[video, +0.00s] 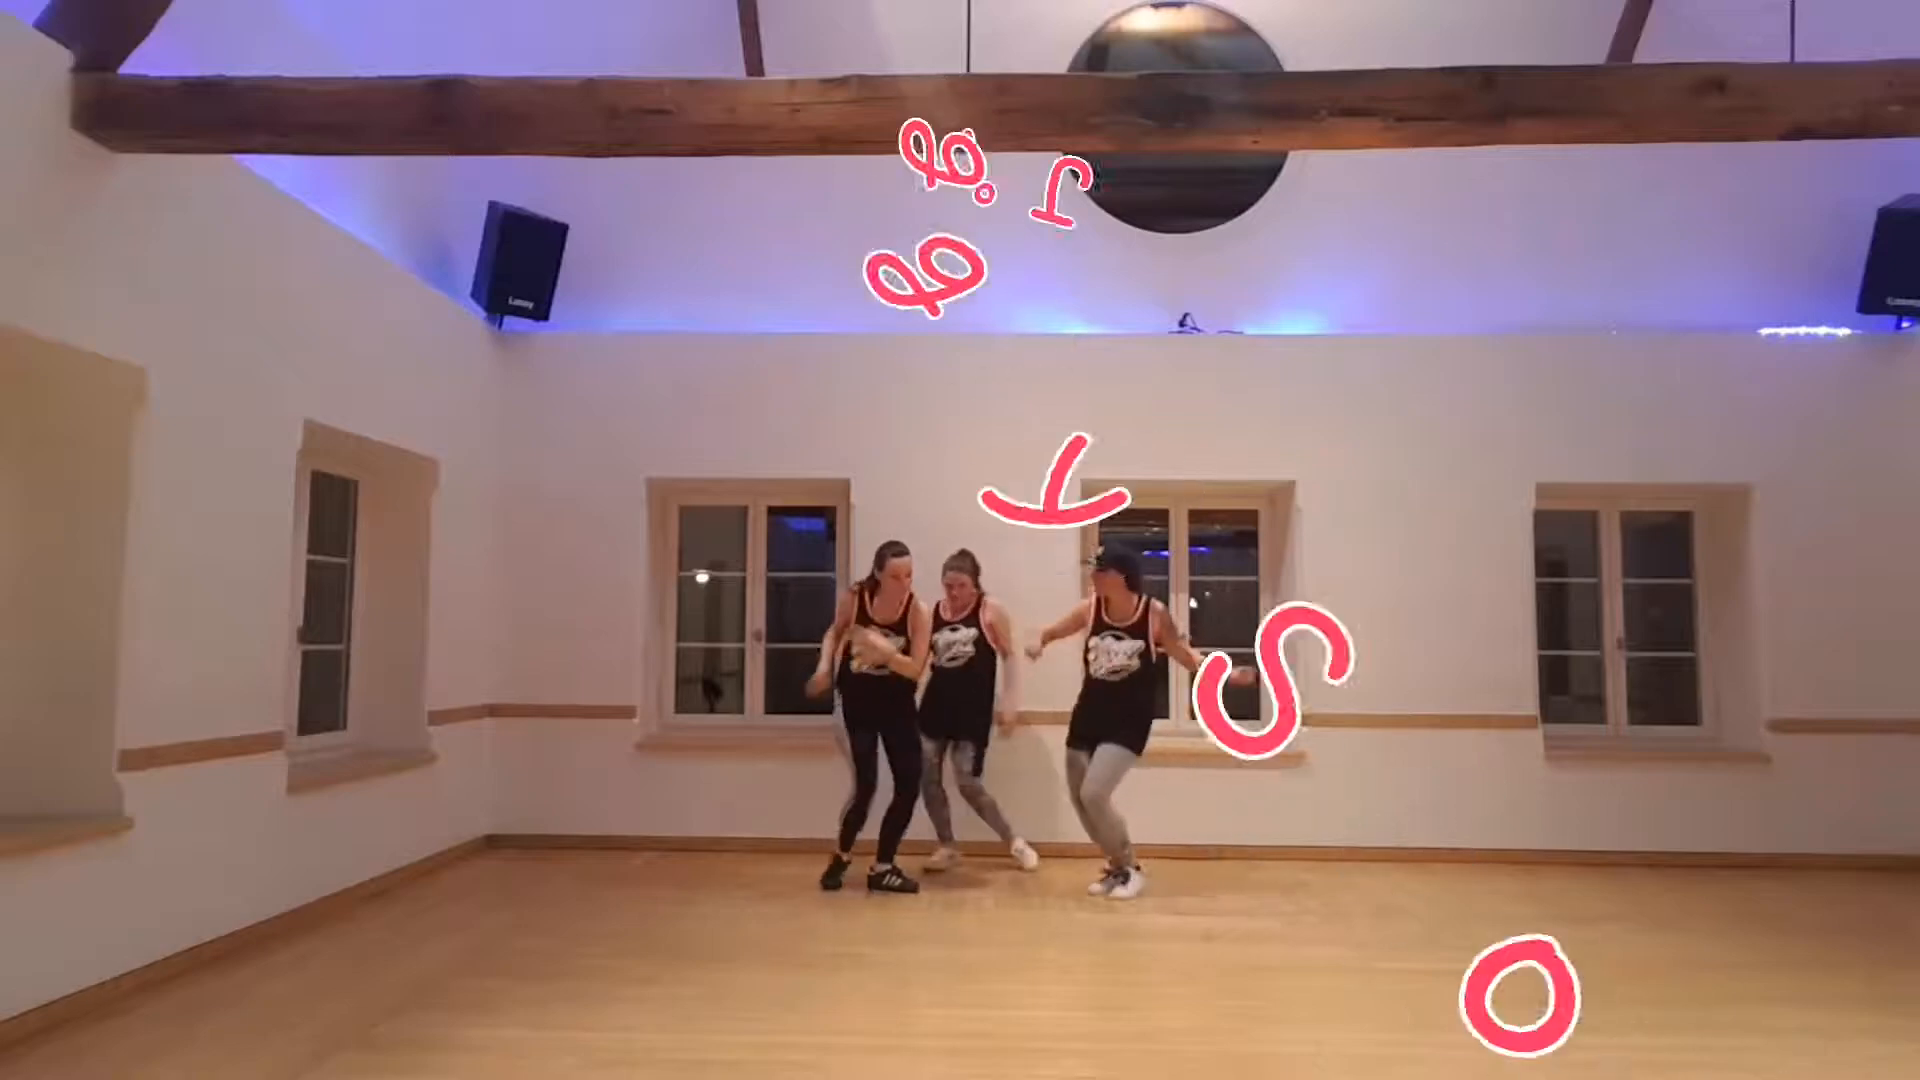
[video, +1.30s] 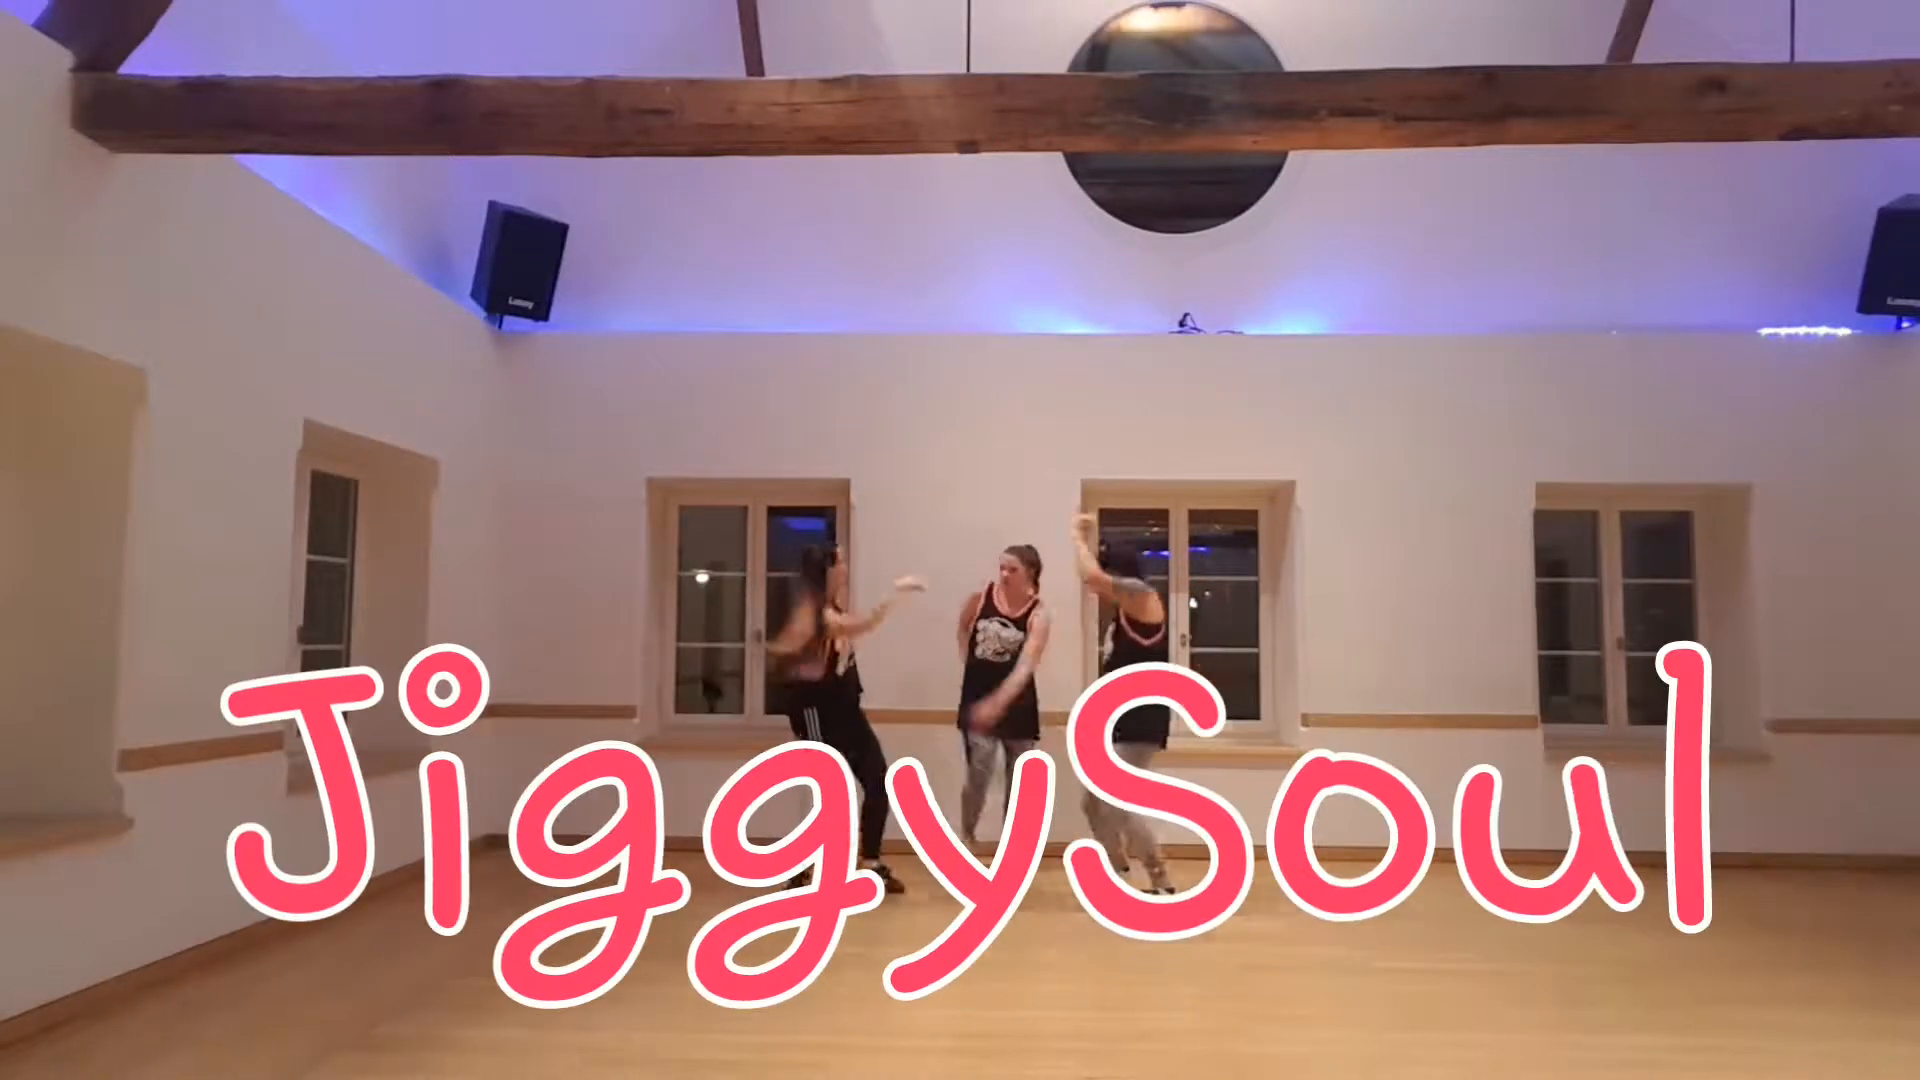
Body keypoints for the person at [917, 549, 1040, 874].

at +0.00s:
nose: (953, 592)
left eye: (960, 586)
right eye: (948, 585)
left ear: (976, 585)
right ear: (942, 583)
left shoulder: (991, 613)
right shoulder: (932, 613)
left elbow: (1010, 657)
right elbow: (918, 658)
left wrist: (1010, 704)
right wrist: (903, 695)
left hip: (973, 706)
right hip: (936, 702)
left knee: (968, 784)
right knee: (928, 778)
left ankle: (1013, 842)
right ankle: (947, 845)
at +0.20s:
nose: (950, 586)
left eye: (957, 580)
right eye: (945, 580)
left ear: (970, 578)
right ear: (938, 578)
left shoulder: (986, 601)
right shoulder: (927, 608)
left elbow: (1010, 638)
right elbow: (922, 661)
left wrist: (1027, 676)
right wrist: (923, 711)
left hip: (980, 699)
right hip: (941, 701)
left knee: (973, 770)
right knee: (937, 776)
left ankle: (1004, 840)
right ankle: (945, 844)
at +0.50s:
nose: (963, 592)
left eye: (969, 585)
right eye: (958, 586)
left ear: (980, 578)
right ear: (948, 581)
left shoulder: (991, 597)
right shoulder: (938, 614)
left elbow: (1028, 620)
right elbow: (938, 669)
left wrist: (1063, 642)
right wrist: (941, 719)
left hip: (1004, 697)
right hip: (963, 701)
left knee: (1009, 771)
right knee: (943, 768)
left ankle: (1008, 846)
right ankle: (947, 844)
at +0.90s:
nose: (994, 571)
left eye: (1001, 564)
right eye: (989, 564)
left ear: (1014, 566)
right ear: (982, 565)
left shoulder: (1024, 593)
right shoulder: (968, 603)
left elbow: (1051, 610)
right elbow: (945, 644)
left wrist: (1081, 617)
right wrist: (930, 687)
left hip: (1020, 692)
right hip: (982, 694)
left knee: (1016, 772)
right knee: (987, 768)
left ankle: (1009, 845)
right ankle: (964, 839)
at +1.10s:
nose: (1004, 576)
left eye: (1011, 570)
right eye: (999, 570)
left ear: (1025, 573)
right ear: (993, 570)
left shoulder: (1031, 604)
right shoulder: (974, 602)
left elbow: (1054, 638)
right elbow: (945, 634)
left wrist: (1079, 664)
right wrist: (947, 677)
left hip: (1020, 691)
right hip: (984, 693)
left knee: (1022, 771)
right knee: (990, 766)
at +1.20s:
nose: (1006, 578)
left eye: (1013, 572)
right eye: (1002, 571)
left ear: (1028, 575)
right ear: (995, 571)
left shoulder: (1036, 607)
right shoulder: (977, 601)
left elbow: (1044, 638)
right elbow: (952, 629)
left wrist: (1047, 670)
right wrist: (957, 674)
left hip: (1020, 691)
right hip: (984, 691)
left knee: (1023, 771)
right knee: (995, 770)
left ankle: (1018, 839)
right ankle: (976, 839)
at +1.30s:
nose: (1004, 575)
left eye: (1012, 570)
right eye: (1002, 568)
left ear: (1030, 574)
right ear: (998, 569)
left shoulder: (1038, 614)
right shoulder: (980, 600)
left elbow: (1025, 666)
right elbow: (963, 630)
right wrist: (971, 662)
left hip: (1017, 690)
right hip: (979, 688)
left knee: (1022, 774)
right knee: (979, 770)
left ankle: (1016, 840)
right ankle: (967, 835)